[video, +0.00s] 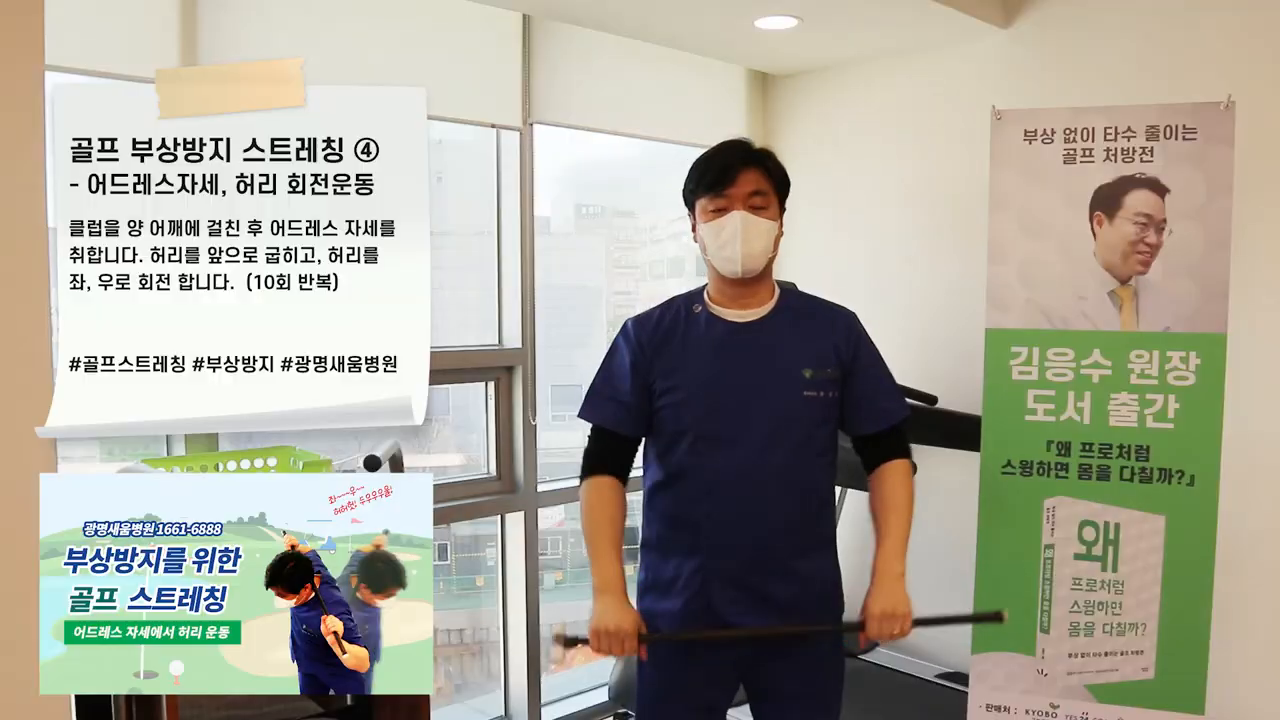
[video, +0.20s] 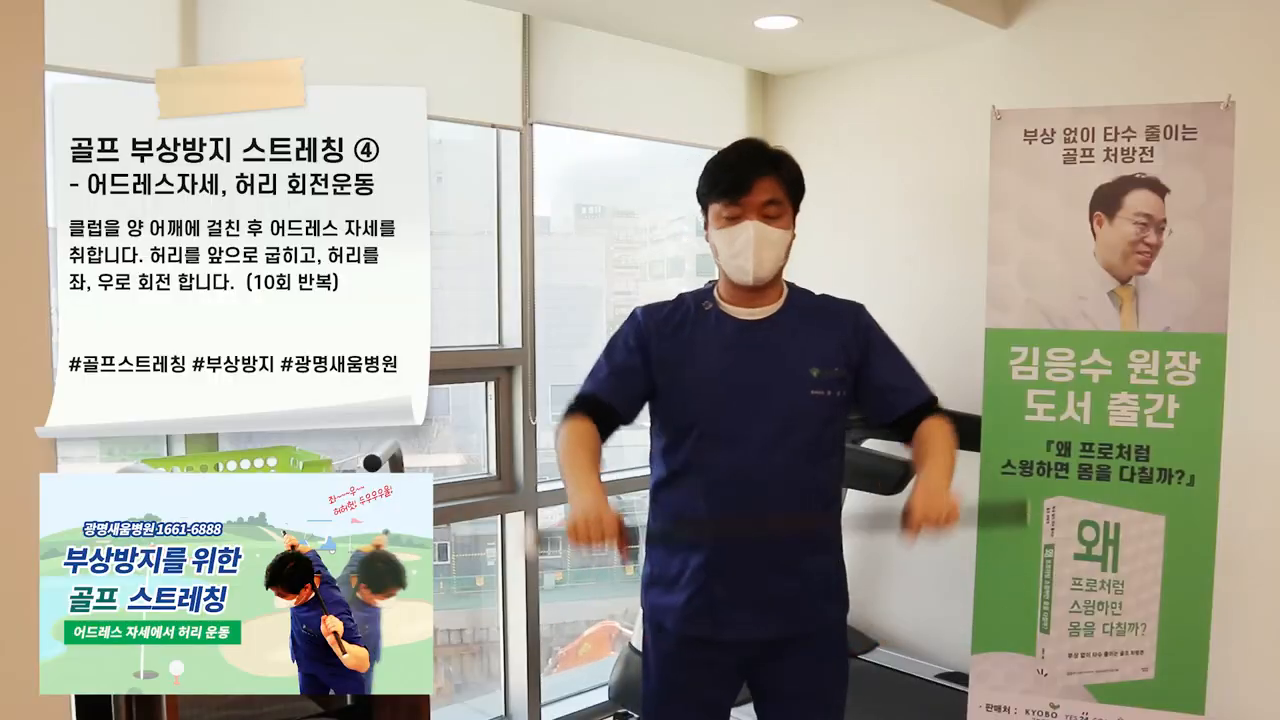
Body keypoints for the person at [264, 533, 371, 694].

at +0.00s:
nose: (279, 599)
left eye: (283, 596)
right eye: (276, 594)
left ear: (306, 590)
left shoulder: (334, 607)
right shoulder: (313, 572)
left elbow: (363, 665)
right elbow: (308, 553)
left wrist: (335, 642)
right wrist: (296, 547)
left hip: (343, 676)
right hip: (311, 668)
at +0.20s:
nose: (279, 599)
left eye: (283, 596)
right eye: (276, 594)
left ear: (306, 590)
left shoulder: (334, 607)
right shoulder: (313, 572)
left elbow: (363, 665)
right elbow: (308, 553)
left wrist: (335, 642)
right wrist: (296, 547)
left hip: (343, 675)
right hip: (311, 667)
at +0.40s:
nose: (278, 599)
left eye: (283, 596)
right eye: (276, 594)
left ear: (306, 590)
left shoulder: (334, 607)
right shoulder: (312, 570)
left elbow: (363, 665)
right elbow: (308, 552)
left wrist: (336, 642)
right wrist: (296, 547)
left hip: (344, 673)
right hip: (310, 667)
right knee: (312, 713)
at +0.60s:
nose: (278, 599)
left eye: (283, 596)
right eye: (276, 594)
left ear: (306, 590)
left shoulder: (334, 607)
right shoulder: (312, 570)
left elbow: (363, 665)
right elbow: (308, 552)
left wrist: (336, 642)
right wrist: (296, 547)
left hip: (344, 673)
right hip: (310, 667)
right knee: (312, 713)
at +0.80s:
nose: (278, 599)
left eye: (283, 596)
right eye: (276, 594)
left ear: (306, 590)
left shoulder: (334, 607)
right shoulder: (312, 571)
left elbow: (363, 665)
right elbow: (308, 552)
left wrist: (335, 642)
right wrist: (297, 547)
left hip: (344, 673)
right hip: (310, 667)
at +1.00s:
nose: (278, 599)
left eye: (283, 595)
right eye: (276, 594)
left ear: (306, 590)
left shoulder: (334, 607)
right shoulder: (312, 570)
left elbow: (363, 665)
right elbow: (308, 552)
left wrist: (336, 642)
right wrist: (297, 547)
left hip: (345, 673)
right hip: (310, 667)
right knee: (312, 715)